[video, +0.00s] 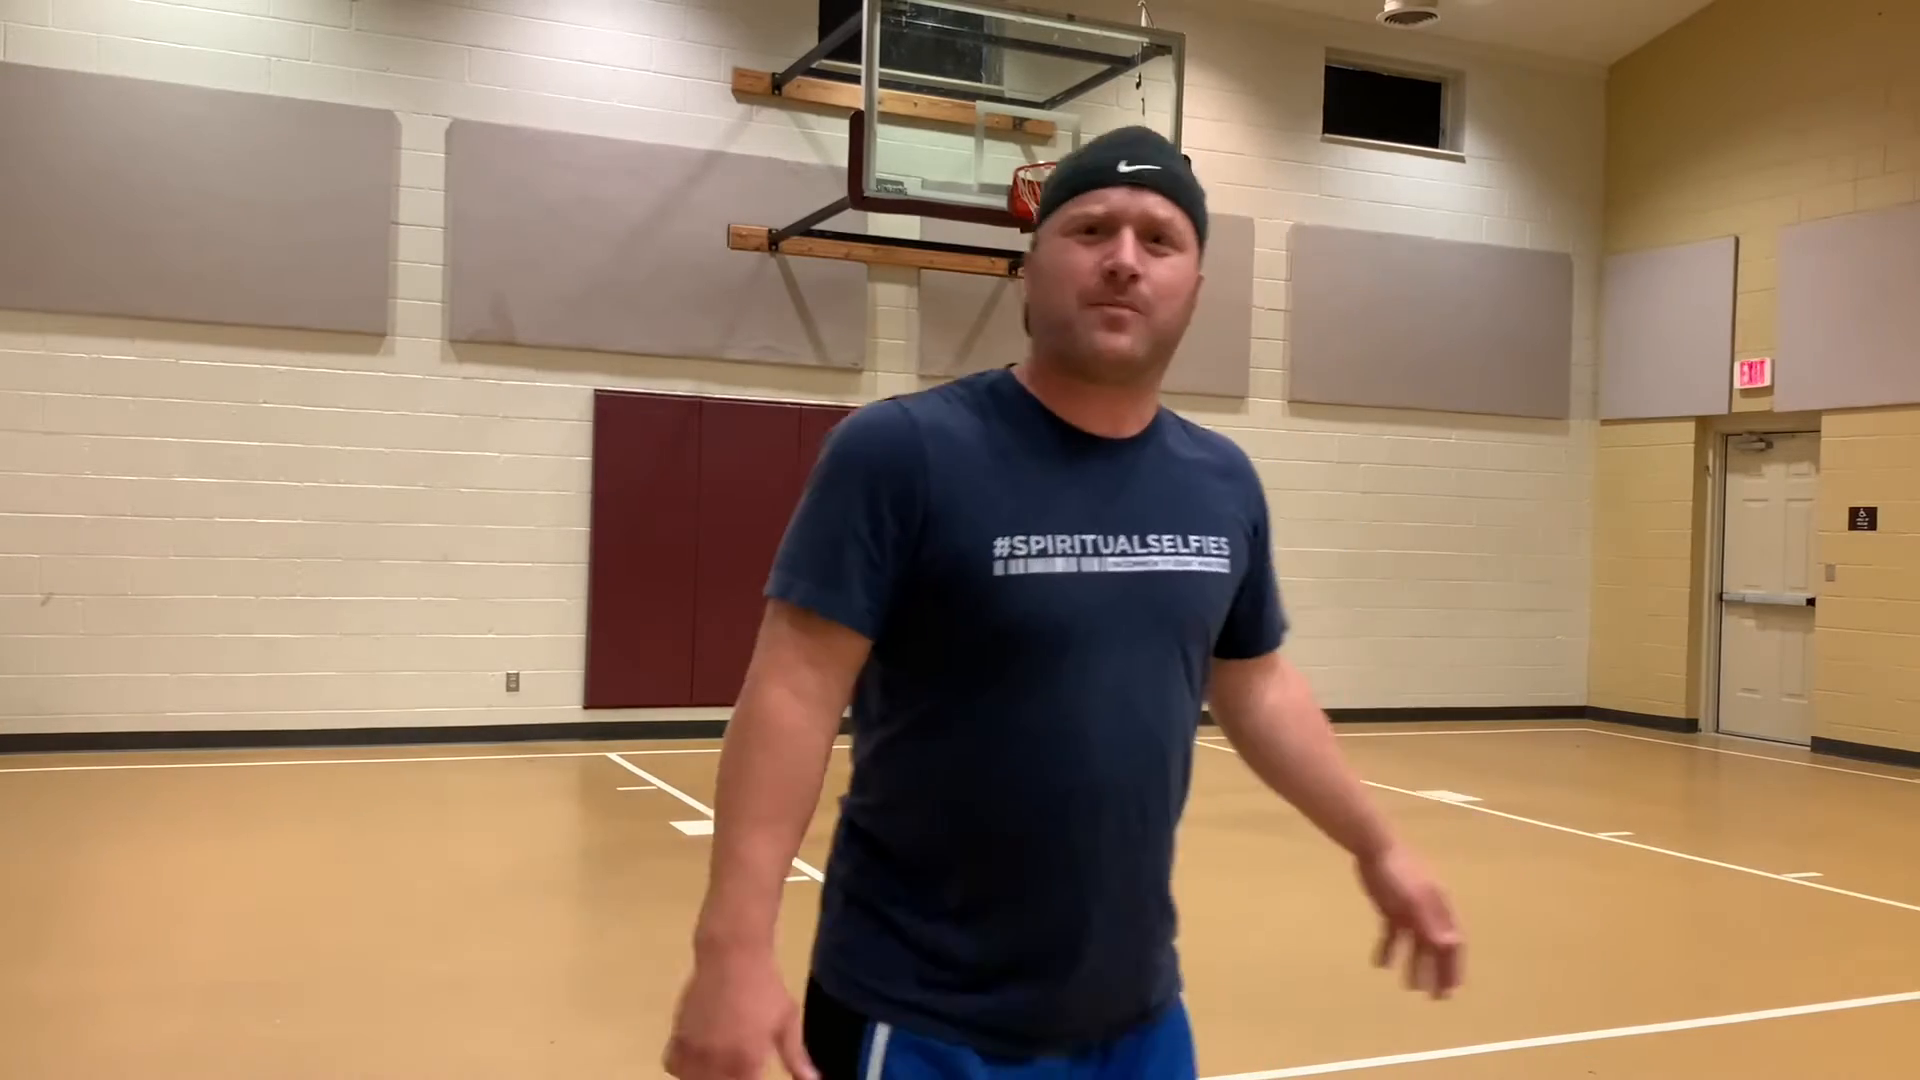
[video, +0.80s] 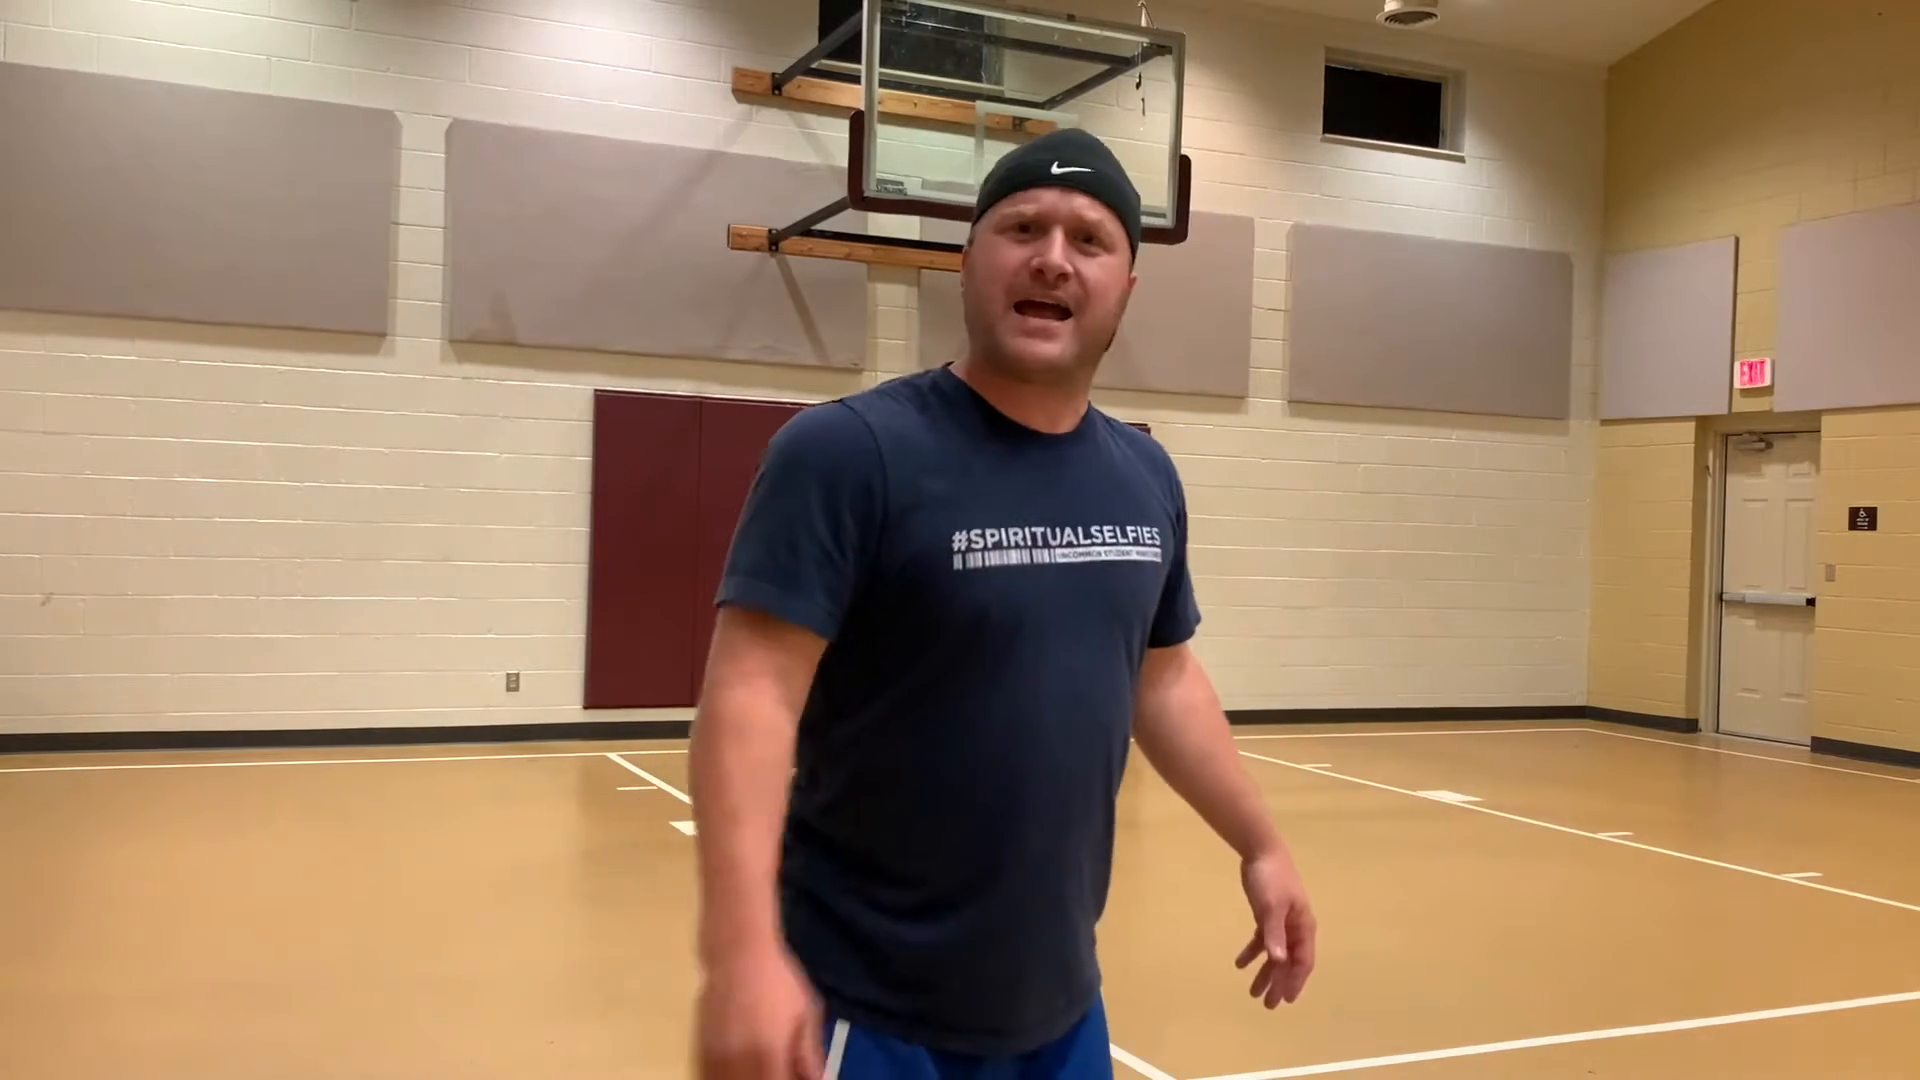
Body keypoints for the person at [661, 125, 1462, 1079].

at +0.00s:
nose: (1125, 260)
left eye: (1159, 239)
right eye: (1093, 230)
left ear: (1197, 288)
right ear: (1031, 259)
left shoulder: (1221, 482)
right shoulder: (899, 453)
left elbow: (1257, 682)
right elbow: (794, 689)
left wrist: (1378, 843)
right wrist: (734, 952)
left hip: (1129, 1008)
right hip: (919, 1014)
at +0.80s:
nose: (1054, 261)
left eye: (1090, 241)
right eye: (1023, 229)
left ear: (1128, 288)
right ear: (967, 264)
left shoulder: (1140, 476)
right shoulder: (847, 454)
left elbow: (1165, 677)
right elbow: (751, 692)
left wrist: (1262, 845)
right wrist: (742, 956)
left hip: (1056, 1003)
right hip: (865, 1011)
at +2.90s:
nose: (1009, 268)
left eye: (1042, 239)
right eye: (977, 237)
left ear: (1086, 260)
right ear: (926, 259)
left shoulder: (1118, 449)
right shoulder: (838, 456)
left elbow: (1148, 647)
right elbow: (797, 700)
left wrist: (1216, 828)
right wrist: (819, 972)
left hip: (1080, 972)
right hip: (908, 993)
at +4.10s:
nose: (1076, 262)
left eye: (1093, 241)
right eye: (1036, 240)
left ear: (1115, 274)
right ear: (964, 282)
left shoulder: (1135, 431)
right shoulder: (900, 457)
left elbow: (1247, 575)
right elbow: (905, 718)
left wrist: (1087, 494)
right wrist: (1008, 953)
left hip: (1056, 948)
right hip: (903, 956)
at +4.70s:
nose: (1019, 239)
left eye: (1054, 225)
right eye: (991, 217)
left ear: (1094, 280)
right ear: (943, 261)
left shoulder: (1144, 444)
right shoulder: (858, 440)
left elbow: (1294, 560)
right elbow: (842, 672)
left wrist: (1413, 667)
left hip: (1069, 955)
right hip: (900, 972)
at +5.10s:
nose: (961, 248)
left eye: (1001, 231)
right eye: (938, 222)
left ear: (1056, 277)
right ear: (901, 255)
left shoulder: (1102, 419)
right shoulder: (838, 408)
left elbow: (1320, 492)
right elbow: (983, 596)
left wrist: (1546, 548)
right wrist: (1107, 427)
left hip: (1057, 949)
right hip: (885, 967)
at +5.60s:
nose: (1002, 253)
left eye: (1035, 237)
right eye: (972, 225)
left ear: (1066, 280)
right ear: (910, 255)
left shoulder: (1097, 428)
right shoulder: (825, 416)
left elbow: (1314, 504)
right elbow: (945, 623)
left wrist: (1540, 565)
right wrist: (1086, 465)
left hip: (1047, 950)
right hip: (872, 971)